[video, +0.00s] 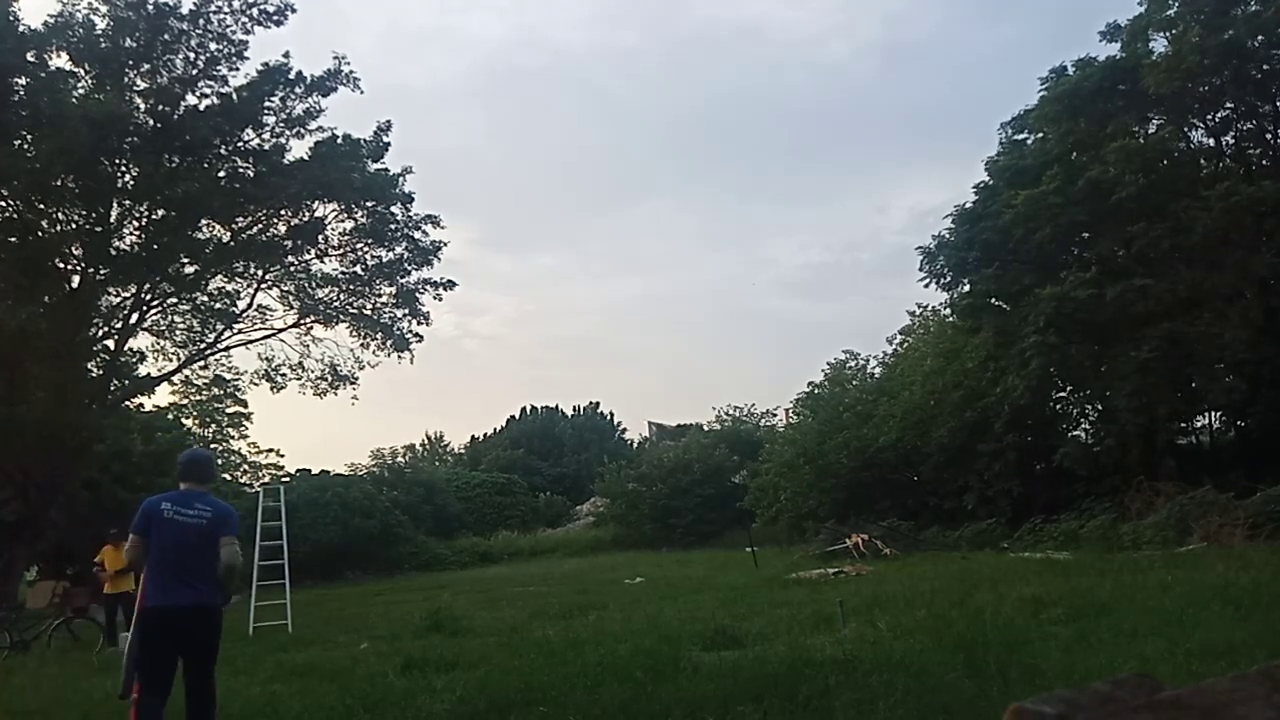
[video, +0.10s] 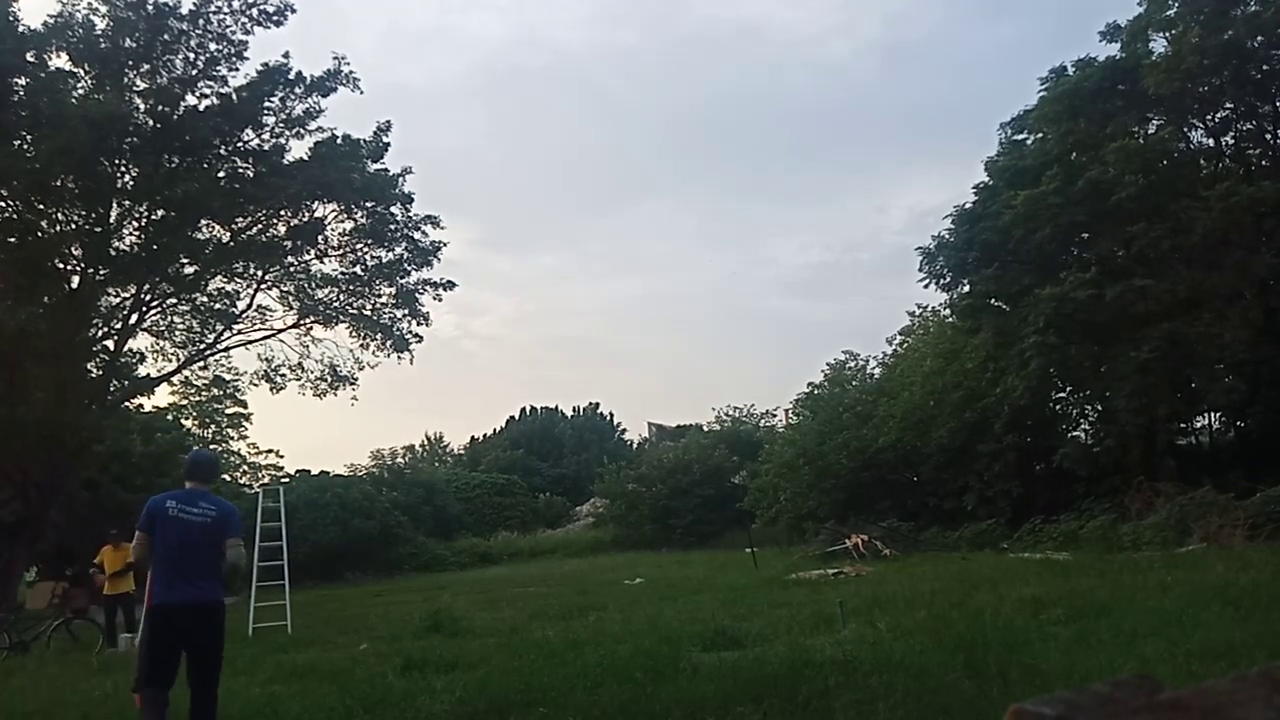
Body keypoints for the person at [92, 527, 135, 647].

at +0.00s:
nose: (114, 543)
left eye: (117, 539)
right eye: (112, 540)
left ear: (121, 539)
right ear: (109, 540)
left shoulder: (128, 548)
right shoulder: (106, 550)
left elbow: (132, 565)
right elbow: (96, 564)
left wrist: (114, 573)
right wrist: (102, 573)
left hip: (126, 590)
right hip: (110, 590)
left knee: (129, 619)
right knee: (110, 620)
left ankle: (133, 643)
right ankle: (112, 645)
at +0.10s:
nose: (114, 542)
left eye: (116, 539)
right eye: (112, 540)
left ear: (120, 539)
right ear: (109, 540)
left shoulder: (129, 548)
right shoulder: (105, 550)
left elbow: (130, 566)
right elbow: (95, 565)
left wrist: (108, 577)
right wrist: (97, 575)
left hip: (126, 591)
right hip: (109, 592)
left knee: (129, 620)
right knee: (109, 621)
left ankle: (132, 645)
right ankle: (111, 647)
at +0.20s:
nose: (114, 541)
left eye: (117, 538)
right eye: (112, 538)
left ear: (121, 538)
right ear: (109, 539)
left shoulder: (129, 548)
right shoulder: (104, 551)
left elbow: (130, 565)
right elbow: (96, 566)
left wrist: (111, 576)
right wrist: (96, 575)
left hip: (126, 592)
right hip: (109, 593)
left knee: (130, 620)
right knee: (109, 621)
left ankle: (131, 645)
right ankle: (110, 647)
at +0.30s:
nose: (117, 538)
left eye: (119, 535)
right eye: (115, 536)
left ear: (123, 536)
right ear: (111, 536)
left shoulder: (131, 547)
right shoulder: (105, 550)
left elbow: (133, 566)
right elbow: (97, 565)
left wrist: (115, 576)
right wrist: (91, 574)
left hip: (128, 589)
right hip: (111, 591)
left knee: (132, 617)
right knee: (111, 619)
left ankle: (134, 643)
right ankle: (111, 645)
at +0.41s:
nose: (119, 538)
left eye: (121, 535)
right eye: (117, 535)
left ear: (125, 536)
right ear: (113, 536)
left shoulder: (132, 547)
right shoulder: (107, 550)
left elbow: (137, 563)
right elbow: (98, 567)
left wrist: (127, 575)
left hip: (129, 589)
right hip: (113, 591)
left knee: (136, 617)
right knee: (112, 620)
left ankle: (137, 643)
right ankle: (112, 646)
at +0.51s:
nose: (122, 539)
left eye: (125, 536)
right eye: (120, 536)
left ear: (128, 537)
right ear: (116, 537)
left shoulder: (134, 549)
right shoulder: (108, 551)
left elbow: (142, 566)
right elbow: (99, 567)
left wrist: (141, 583)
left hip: (131, 589)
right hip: (114, 591)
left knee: (139, 619)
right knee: (112, 622)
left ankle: (144, 644)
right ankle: (111, 647)